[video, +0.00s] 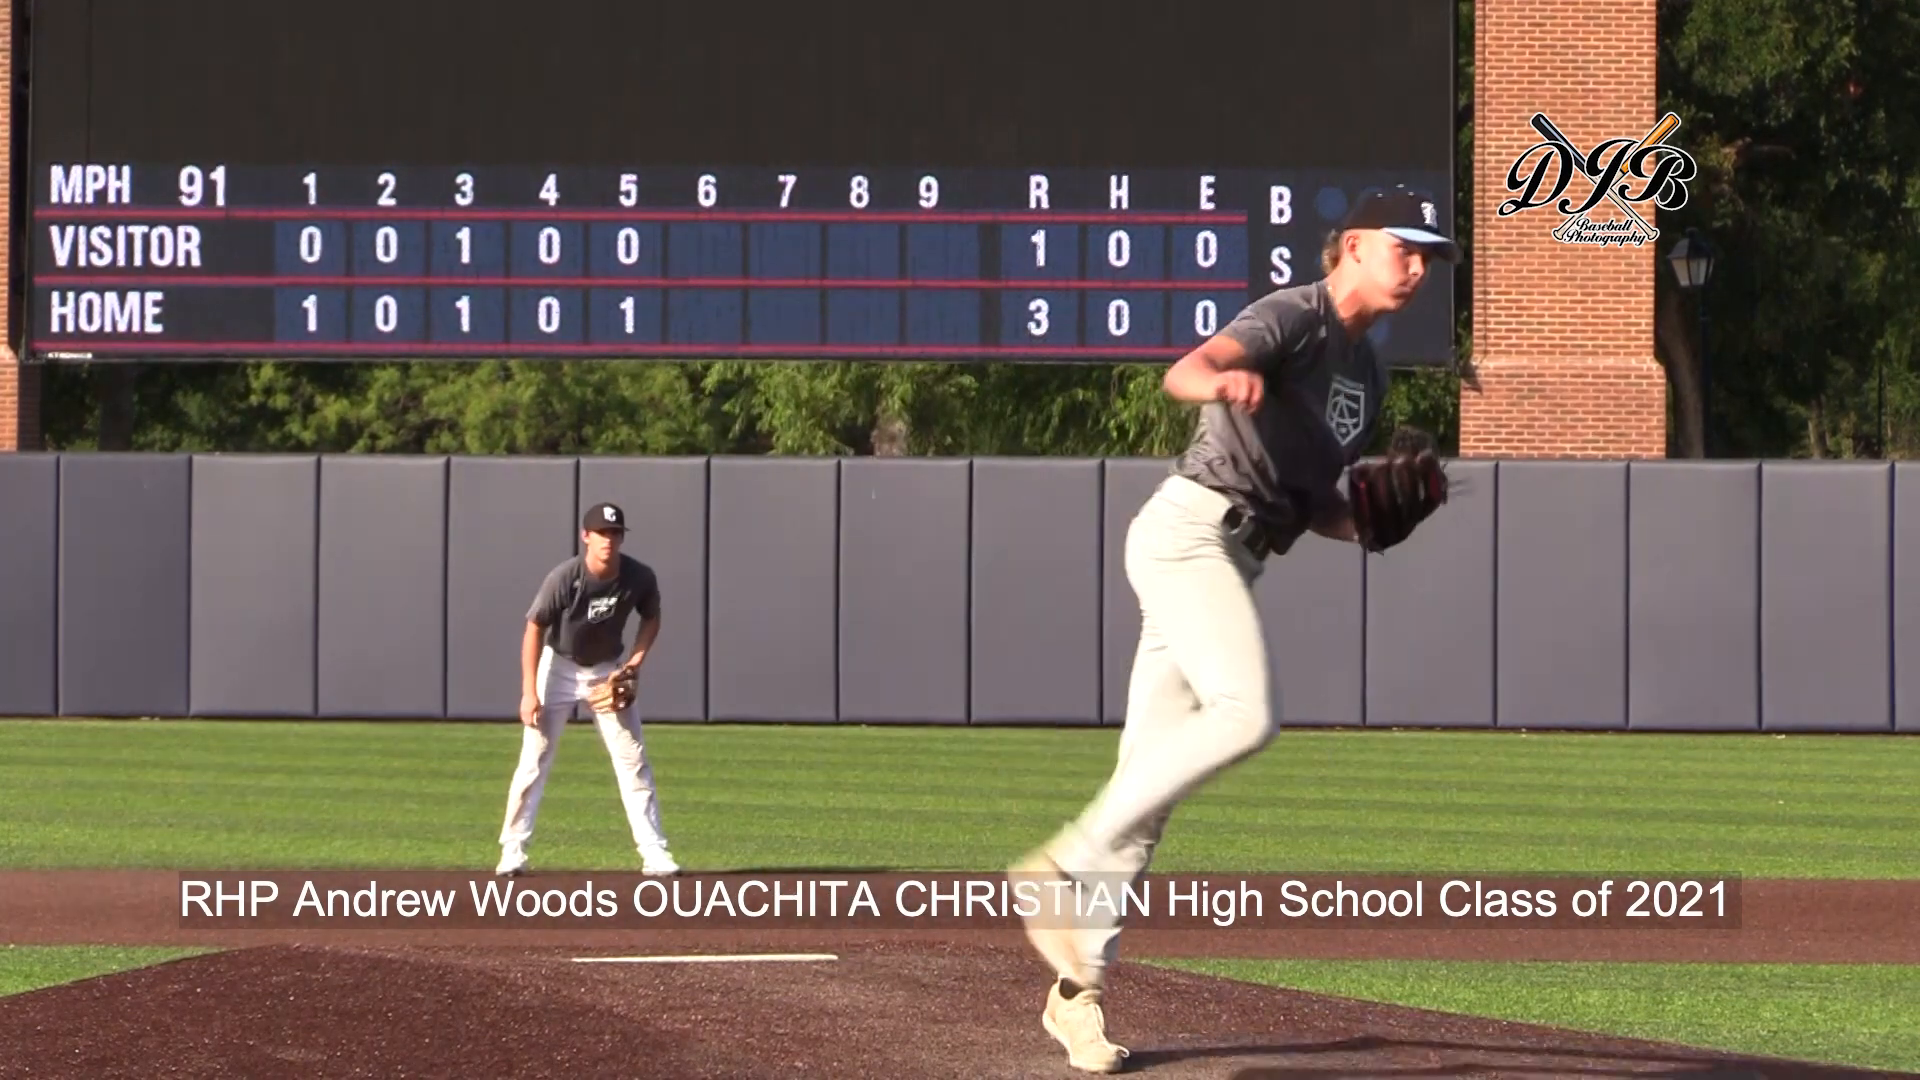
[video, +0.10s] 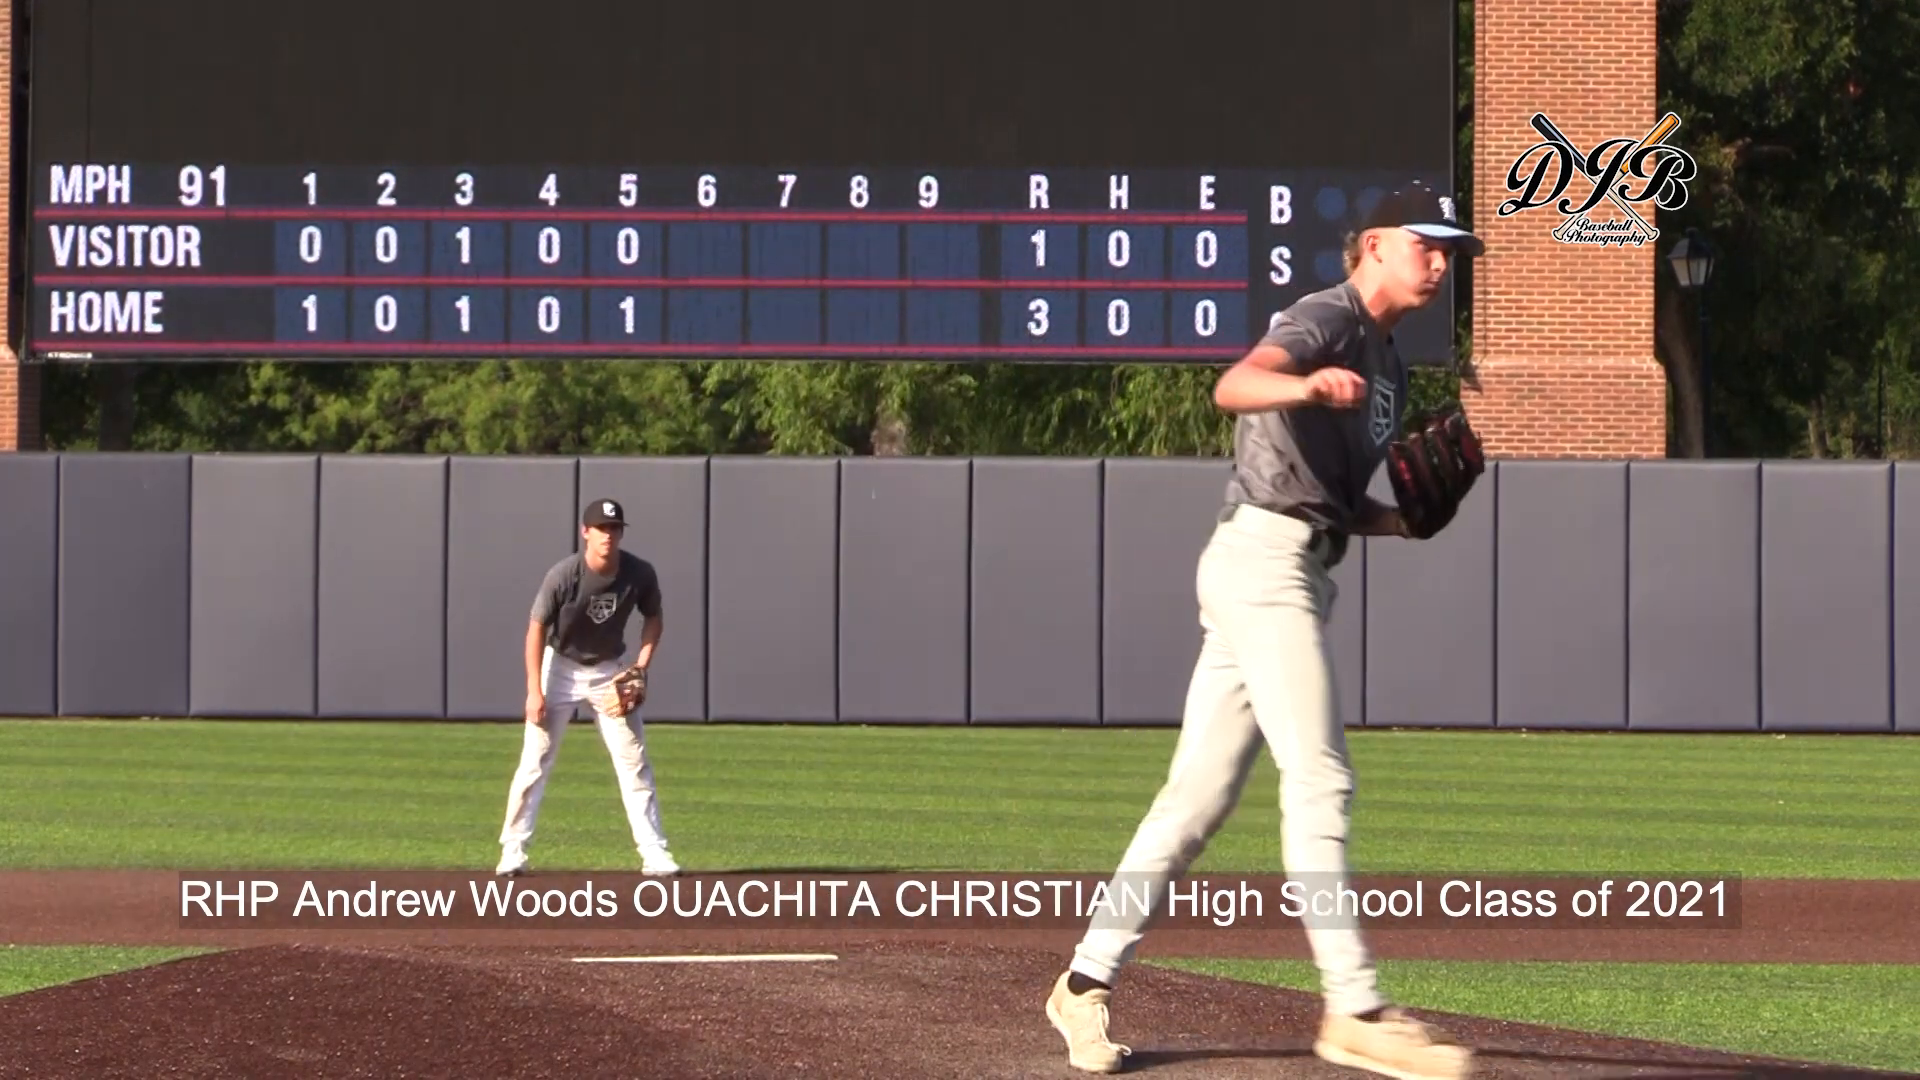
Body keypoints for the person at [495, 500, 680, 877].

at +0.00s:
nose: (609, 541)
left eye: (615, 534)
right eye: (601, 533)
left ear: (623, 538)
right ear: (585, 536)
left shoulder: (640, 578)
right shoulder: (563, 579)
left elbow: (651, 618)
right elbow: (534, 627)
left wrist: (633, 664)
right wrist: (529, 691)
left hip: (608, 670)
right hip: (557, 668)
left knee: (633, 760)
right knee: (534, 760)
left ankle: (654, 852)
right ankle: (513, 851)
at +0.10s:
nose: (609, 537)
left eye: (615, 530)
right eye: (602, 529)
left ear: (623, 533)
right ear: (585, 532)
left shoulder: (640, 574)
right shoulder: (561, 576)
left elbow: (652, 620)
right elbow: (536, 628)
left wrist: (639, 669)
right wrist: (534, 690)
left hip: (610, 669)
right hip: (558, 666)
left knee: (634, 761)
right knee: (535, 760)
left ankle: (654, 854)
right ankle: (513, 851)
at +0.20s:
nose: (605, 528)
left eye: (611, 521)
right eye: (598, 521)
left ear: (618, 525)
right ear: (581, 524)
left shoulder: (637, 568)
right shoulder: (559, 570)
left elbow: (652, 617)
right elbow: (537, 625)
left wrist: (649, 675)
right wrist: (541, 685)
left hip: (610, 671)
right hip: (561, 669)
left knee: (633, 761)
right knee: (535, 761)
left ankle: (654, 854)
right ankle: (513, 852)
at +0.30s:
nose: (594, 518)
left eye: (600, 512)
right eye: (586, 512)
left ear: (607, 515)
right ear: (571, 516)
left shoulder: (631, 562)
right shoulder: (551, 563)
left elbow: (648, 615)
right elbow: (535, 624)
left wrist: (655, 675)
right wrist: (547, 682)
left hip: (608, 671)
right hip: (558, 669)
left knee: (631, 761)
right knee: (535, 761)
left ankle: (654, 855)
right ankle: (513, 854)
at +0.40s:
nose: (582, 510)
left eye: (587, 502)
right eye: (573, 503)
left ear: (596, 506)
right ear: (559, 508)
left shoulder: (620, 555)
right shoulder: (541, 559)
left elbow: (641, 610)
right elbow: (529, 620)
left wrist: (657, 672)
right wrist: (546, 679)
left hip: (601, 668)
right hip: (551, 664)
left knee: (626, 761)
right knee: (531, 760)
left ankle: (653, 854)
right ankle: (514, 855)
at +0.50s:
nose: (567, 506)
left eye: (573, 498)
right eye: (559, 499)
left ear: (580, 502)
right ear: (544, 504)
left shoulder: (607, 551)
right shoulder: (527, 556)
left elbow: (629, 604)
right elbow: (519, 622)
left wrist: (651, 663)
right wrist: (537, 677)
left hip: (589, 665)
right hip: (540, 662)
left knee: (620, 757)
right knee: (524, 761)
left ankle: (651, 851)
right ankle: (514, 855)